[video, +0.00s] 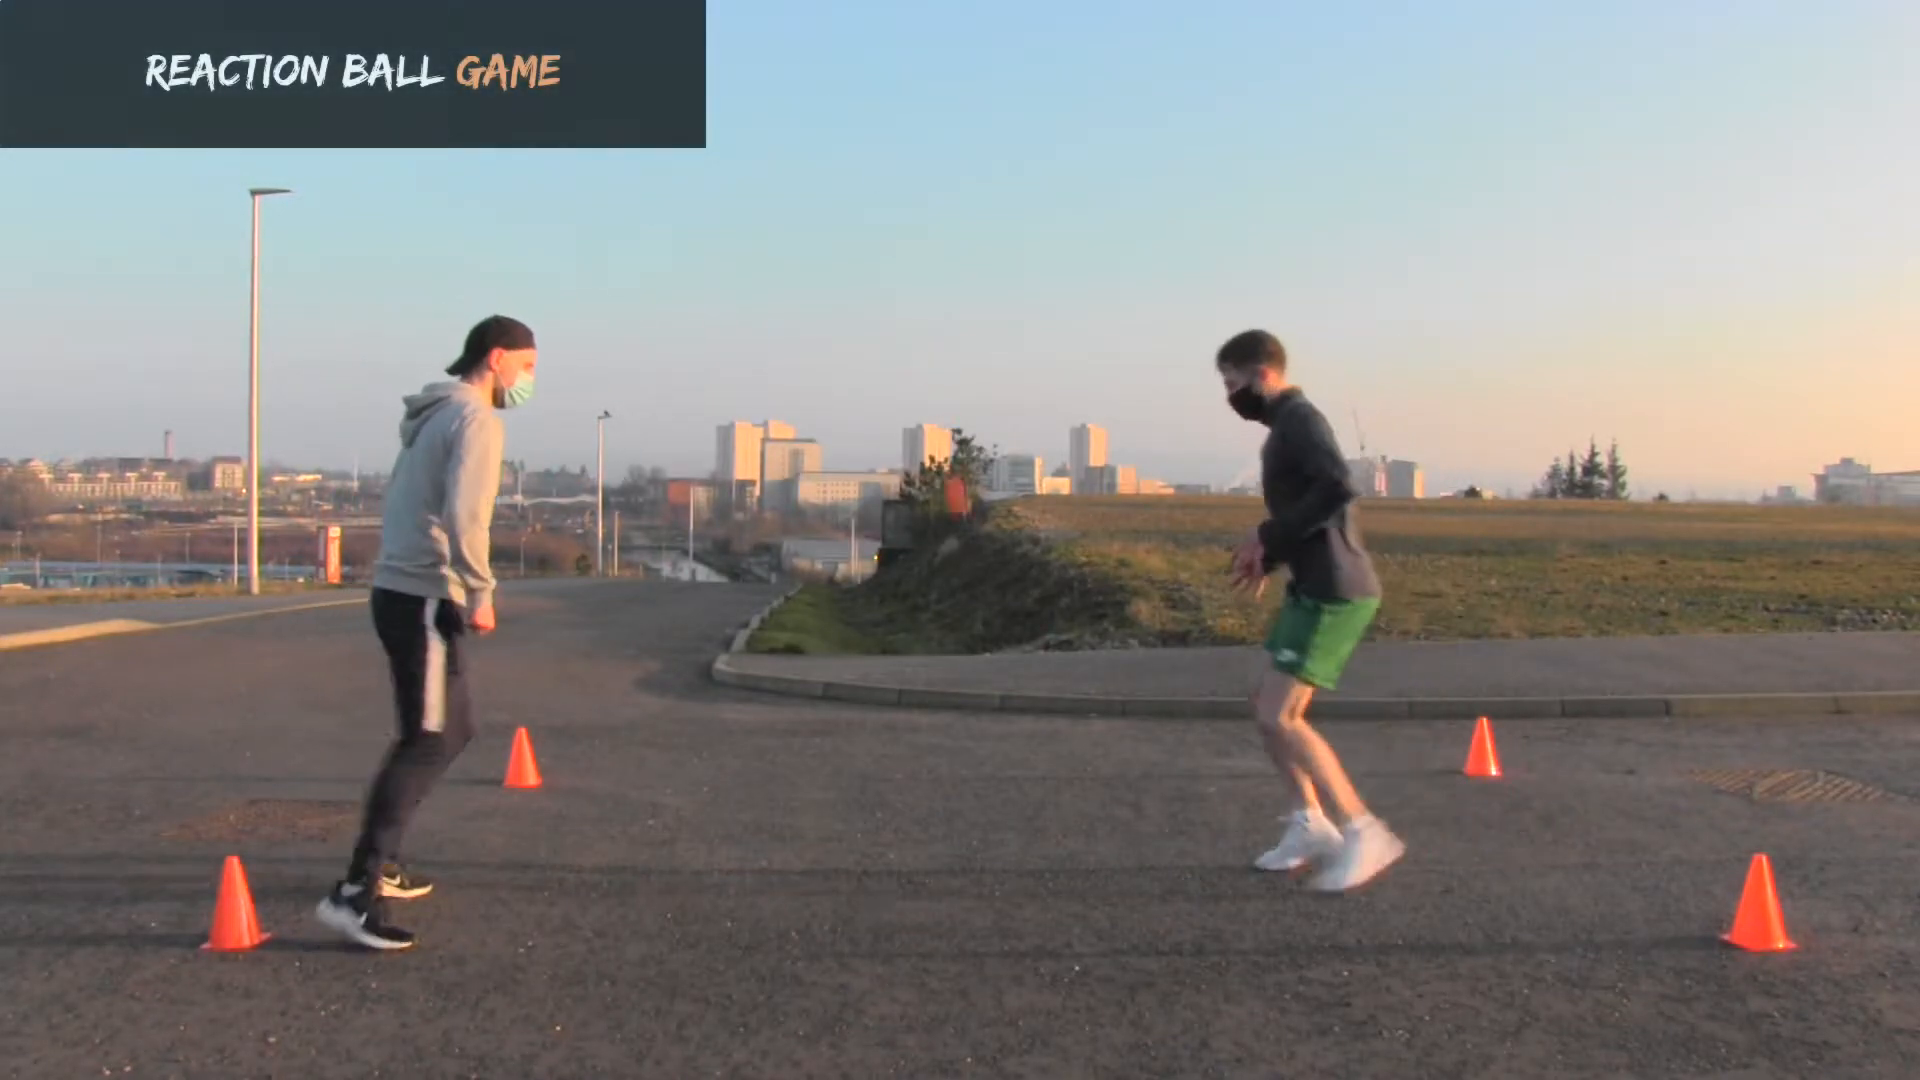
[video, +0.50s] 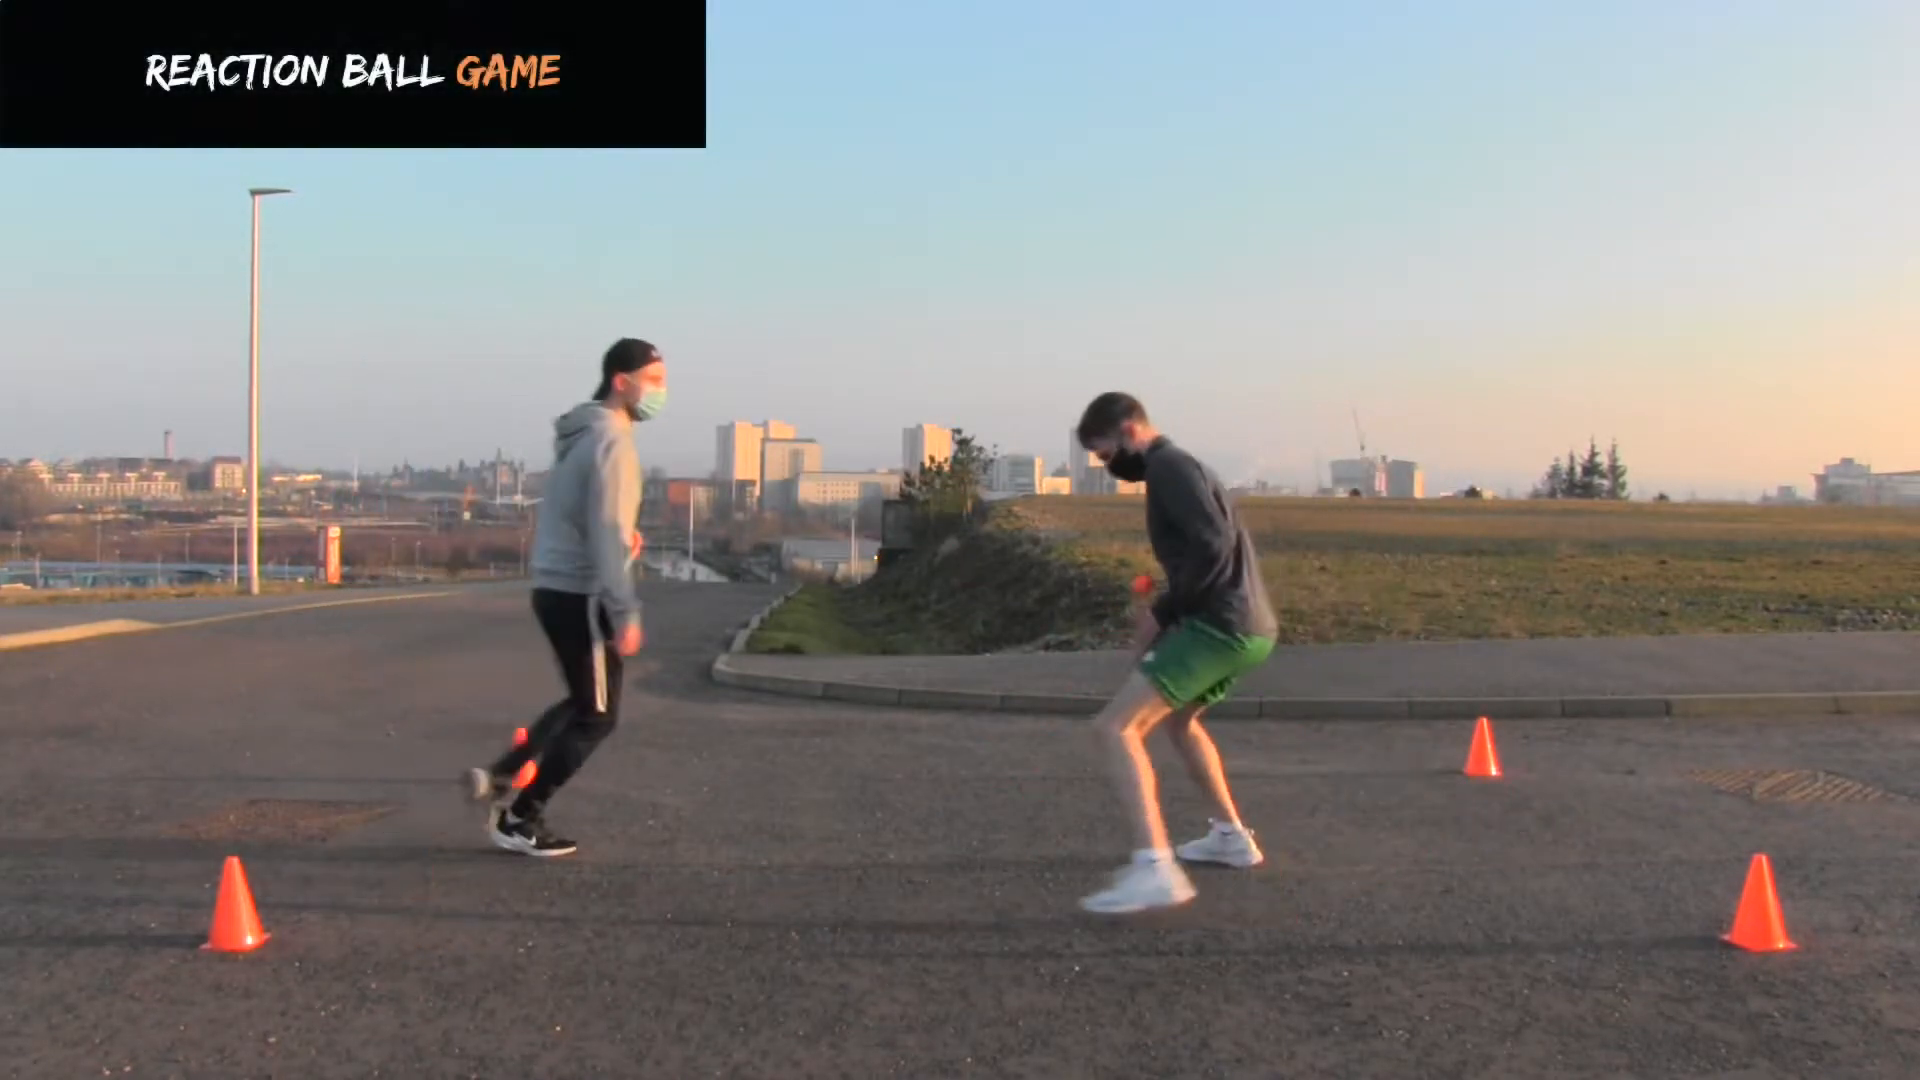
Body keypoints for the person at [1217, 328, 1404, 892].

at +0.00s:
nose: (1229, 393)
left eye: (1235, 380)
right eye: (1226, 383)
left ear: (1266, 372)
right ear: (1264, 376)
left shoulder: (1298, 420)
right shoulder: (1281, 427)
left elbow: (1338, 487)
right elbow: (1309, 502)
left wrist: (1270, 538)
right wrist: (1266, 548)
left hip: (1339, 590)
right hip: (1311, 587)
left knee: (1280, 713)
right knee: (1266, 704)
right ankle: (1311, 823)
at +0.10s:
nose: (1205, 404)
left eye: (1209, 392)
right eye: (1202, 394)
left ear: (1238, 380)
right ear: (1242, 380)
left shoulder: (1277, 424)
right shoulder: (1266, 427)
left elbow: (1309, 497)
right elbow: (1291, 508)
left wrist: (1248, 556)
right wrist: (1256, 566)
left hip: (1316, 595)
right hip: (1295, 591)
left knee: (1259, 719)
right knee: (1236, 693)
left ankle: (1296, 861)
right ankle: (1276, 821)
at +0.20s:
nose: (1177, 443)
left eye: (1179, 430)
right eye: (1173, 432)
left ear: (1205, 420)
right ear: (1220, 417)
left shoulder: (1240, 473)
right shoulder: (1254, 466)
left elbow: (1250, 572)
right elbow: (1257, 570)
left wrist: (1203, 632)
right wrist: (1213, 630)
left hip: (1282, 630)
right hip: (1294, 625)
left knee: (1207, 749)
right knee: (1210, 720)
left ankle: (1258, 890)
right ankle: (1233, 836)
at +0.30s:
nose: (1147, 464)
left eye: (1147, 452)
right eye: (1144, 454)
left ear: (1171, 441)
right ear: (1191, 436)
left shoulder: (1199, 488)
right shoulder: (1236, 479)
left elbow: (1206, 589)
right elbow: (1256, 572)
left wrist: (1157, 647)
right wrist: (1206, 626)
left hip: (1258, 643)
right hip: (1282, 635)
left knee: (1182, 764)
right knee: (1194, 718)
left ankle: (1255, 885)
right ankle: (1235, 839)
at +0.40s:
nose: (1130, 460)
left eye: (1130, 447)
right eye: (1125, 450)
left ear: (1158, 432)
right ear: (1168, 430)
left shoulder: (1185, 477)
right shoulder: (1215, 470)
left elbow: (1204, 570)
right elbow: (1229, 566)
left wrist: (1145, 633)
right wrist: (1180, 625)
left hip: (1241, 633)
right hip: (1270, 628)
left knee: (1149, 746)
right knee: (1190, 715)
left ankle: (1234, 856)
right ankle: (1233, 831)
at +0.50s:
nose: (1100, 462)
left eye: (1102, 449)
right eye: (1095, 454)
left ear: (1131, 429)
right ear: (1132, 431)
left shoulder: (1168, 467)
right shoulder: (1177, 464)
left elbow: (1213, 547)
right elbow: (1212, 555)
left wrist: (1161, 609)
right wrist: (1165, 595)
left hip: (1221, 625)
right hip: (1250, 626)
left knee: (1117, 728)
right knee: (1180, 720)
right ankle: (1231, 833)